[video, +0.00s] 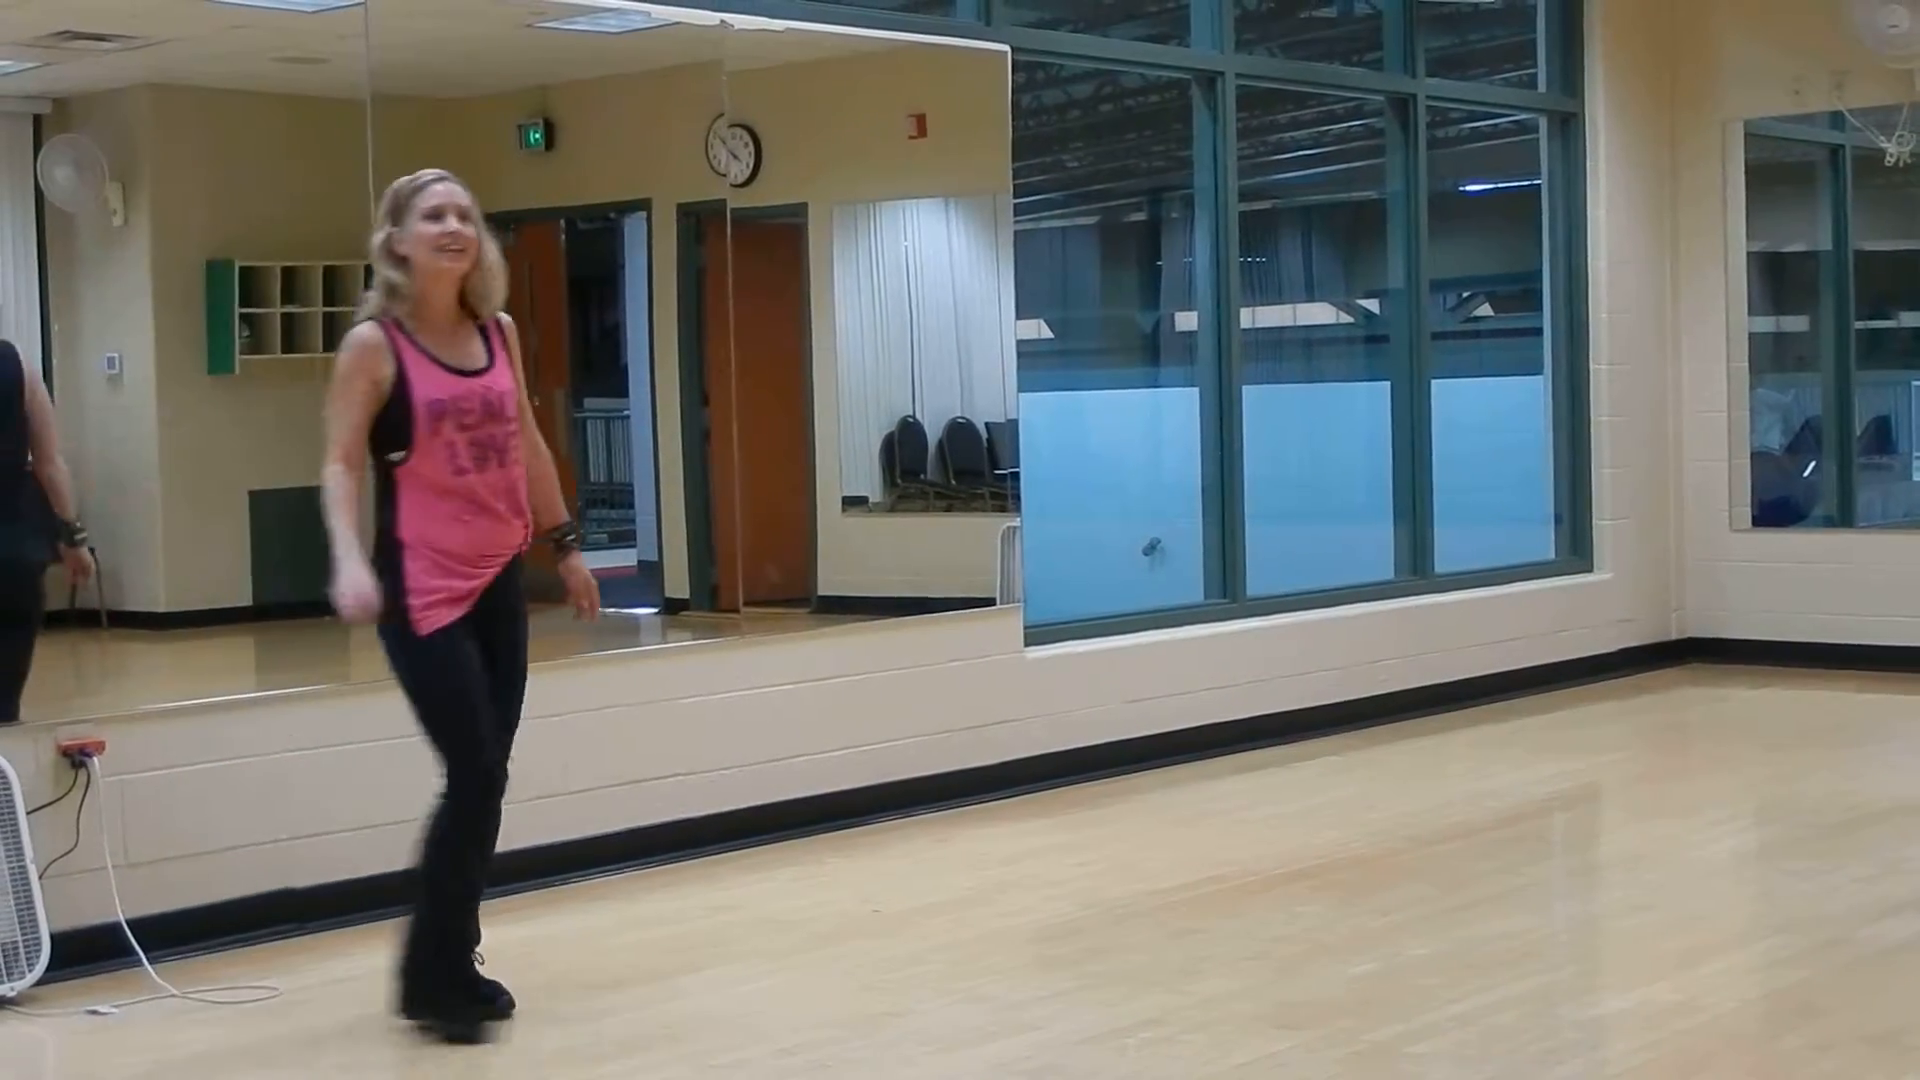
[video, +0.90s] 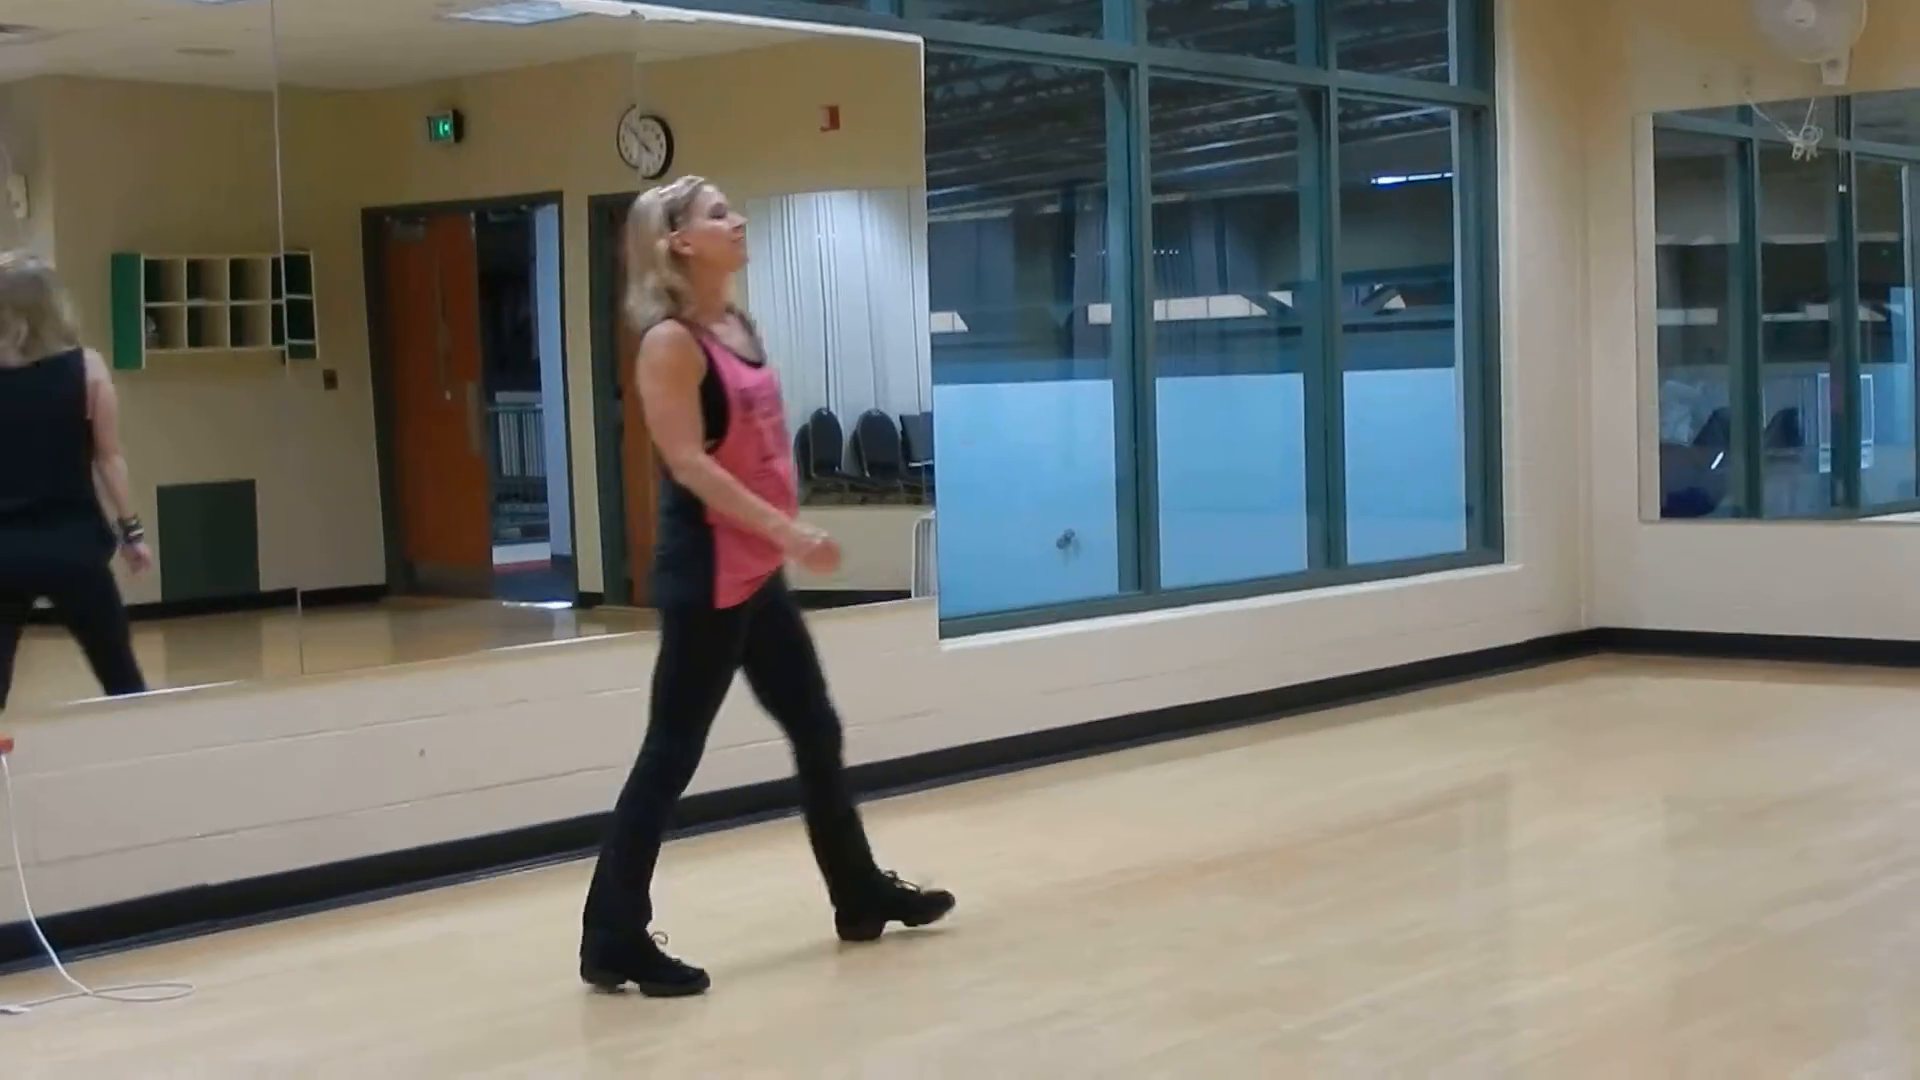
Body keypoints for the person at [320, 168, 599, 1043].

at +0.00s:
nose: (452, 228)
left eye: (462, 216)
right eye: (432, 216)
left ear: (478, 239)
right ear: (395, 240)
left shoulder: (497, 332)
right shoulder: (373, 344)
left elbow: (527, 439)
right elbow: (342, 462)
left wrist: (565, 545)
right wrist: (351, 561)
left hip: (498, 580)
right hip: (422, 589)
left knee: (486, 772)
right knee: (476, 770)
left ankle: (449, 962)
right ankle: (430, 977)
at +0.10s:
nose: (500, 226)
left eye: (505, 215)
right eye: (478, 215)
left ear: (513, 241)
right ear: (434, 242)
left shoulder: (515, 335)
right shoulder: (415, 344)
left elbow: (542, 447)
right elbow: (387, 471)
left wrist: (579, 549)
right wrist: (403, 581)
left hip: (517, 590)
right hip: (454, 597)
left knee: (477, 788)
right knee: (541, 768)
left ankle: (440, 965)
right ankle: (551, 978)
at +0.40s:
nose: (590, 229)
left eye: (590, 218)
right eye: (567, 223)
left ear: (599, 246)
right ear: (529, 259)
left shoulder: (602, 343)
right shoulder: (524, 361)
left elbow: (617, 472)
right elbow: (498, 485)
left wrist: (638, 572)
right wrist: (501, 604)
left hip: (598, 600)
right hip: (562, 606)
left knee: (548, 787)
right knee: (647, 768)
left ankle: (434, 941)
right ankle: (662, 956)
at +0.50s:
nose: (612, 223)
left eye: (611, 212)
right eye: (590, 218)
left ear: (617, 243)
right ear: (553, 255)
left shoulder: (621, 340)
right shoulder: (551, 356)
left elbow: (634, 472)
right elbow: (537, 482)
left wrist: (652, 568)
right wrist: (544, 599)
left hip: (626, 591)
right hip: (587, 596)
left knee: (631, 774)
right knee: (647, 766)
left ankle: (489, 906)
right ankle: (643, 959)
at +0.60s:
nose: (639, 217)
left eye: (637, 207)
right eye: (617, 211)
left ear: (638, 242)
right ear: (577, 246)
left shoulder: (635, 336)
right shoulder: (580, 345)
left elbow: (646, 471)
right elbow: (581, 478)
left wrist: (666, 576)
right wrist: (608, 588)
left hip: (648, 585)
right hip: (605, 589)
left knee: (702, 752)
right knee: (647, 766)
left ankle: (591, 892)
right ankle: (628, 960)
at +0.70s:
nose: (668, 215)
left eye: (666, 205)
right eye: (646, 207)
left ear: (660, 234)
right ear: (606, 241)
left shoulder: (660, 326)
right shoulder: (607, 335)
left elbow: (669, 456)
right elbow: (618, 459)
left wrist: (693, 559)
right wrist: (687, 565)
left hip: (675, 572)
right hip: (629, 578)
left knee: (748, 732)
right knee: (641, 767)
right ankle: (616, 958)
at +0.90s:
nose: (737, 221)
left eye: (733, 211)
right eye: (717, 214)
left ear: (722, 243)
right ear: (677, 244)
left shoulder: (741, 329)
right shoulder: (669, 343)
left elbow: (747, 451)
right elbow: (686, 463)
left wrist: (781, 534)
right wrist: (786, 530)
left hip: (756, 573)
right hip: (705, 580)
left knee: (816, 730)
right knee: (668, 759)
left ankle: (859, 895)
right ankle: (612, 940)